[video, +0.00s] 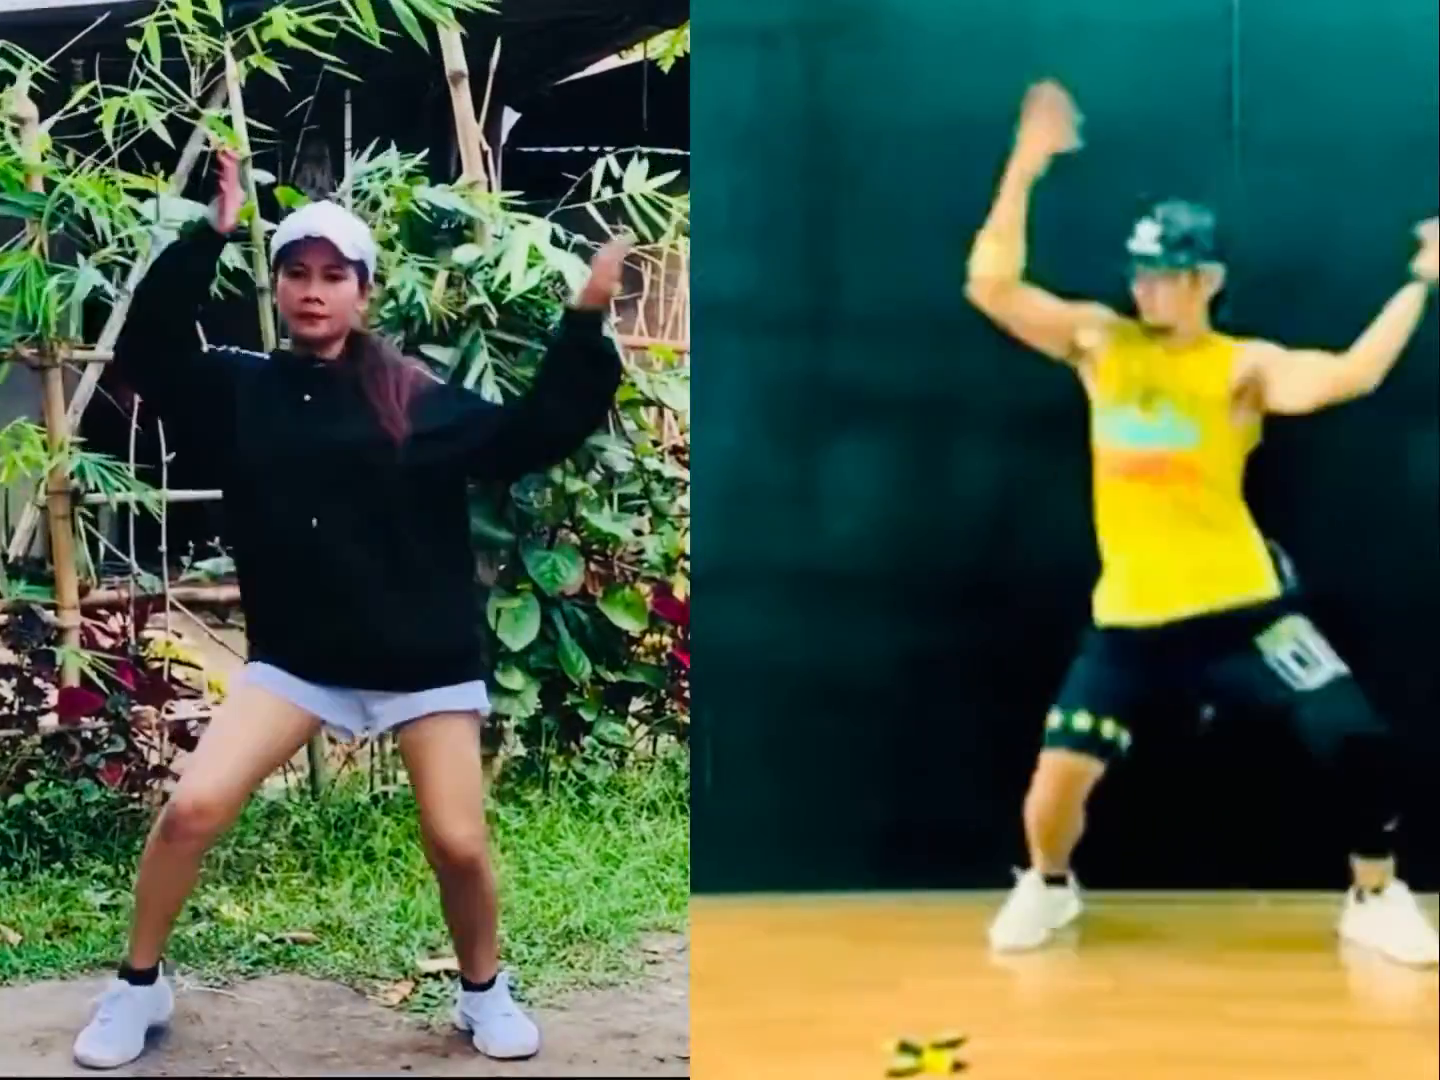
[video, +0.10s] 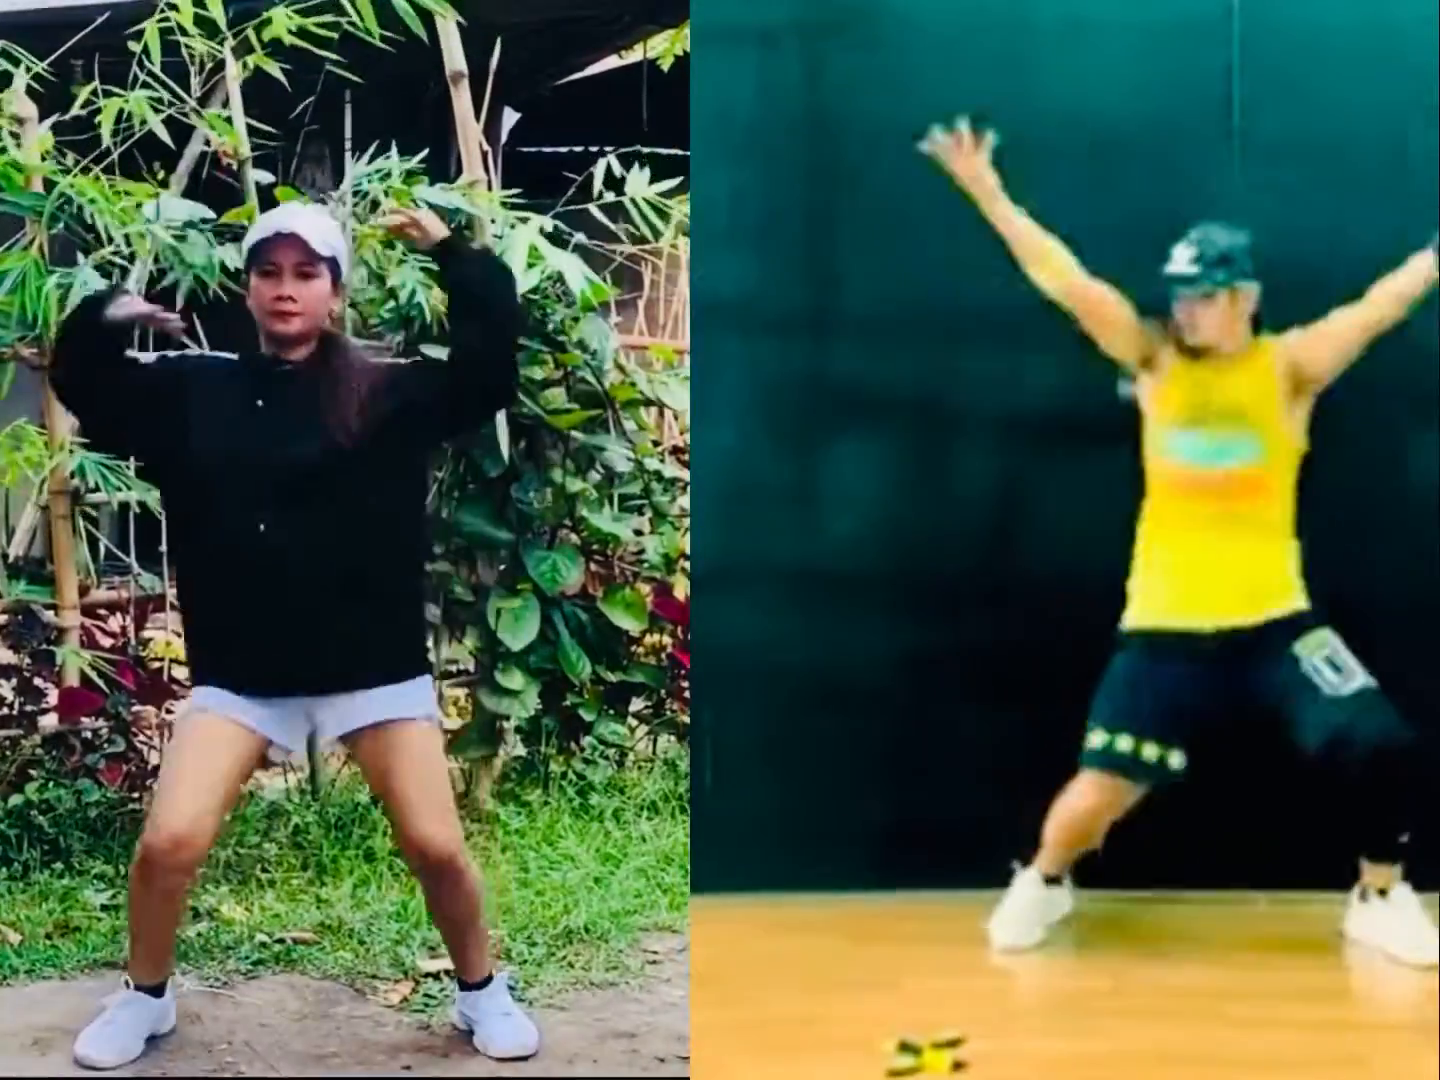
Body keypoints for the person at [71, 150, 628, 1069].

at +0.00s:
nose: (312, 291)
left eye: (332, 277)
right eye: (297, 275)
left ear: (365, 292)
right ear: (273, 288)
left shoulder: (415, 394)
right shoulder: (237, 388)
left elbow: (541, 430)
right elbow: (149, 347)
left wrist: (589, 316)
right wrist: (212, 231)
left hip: (427, 659)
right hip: (294, 656)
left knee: (461, 846)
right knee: (192, 809)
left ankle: (484, 993)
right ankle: (139, 986)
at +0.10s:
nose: (284, 289)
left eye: (305, 273)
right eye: (268, 272)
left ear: (337, 292)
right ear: (246, 288)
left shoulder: (389, 394)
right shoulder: (189, 395)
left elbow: (488, 373)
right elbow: (79, 379)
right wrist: (109, 314)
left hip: (378, 670)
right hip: (237, 674)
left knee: (437, 847)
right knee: (166, 844)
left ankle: (483, 990)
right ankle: (144, 996)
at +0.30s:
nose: (206, 245)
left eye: (228, 230)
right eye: (190, 228)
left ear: (260, 247)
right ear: (166, 242)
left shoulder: (297, 347)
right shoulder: (104, 345)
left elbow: (419, 332)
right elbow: (6, 311)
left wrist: (368, 275)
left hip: (288, 607)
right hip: (152, 629)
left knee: (386, 759)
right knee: (117, 842)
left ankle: (368, 889)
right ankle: (125, 1009)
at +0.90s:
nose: (254, 291)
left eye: (273, 274)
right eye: (235, 274)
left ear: (304, 289)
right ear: (206, 290)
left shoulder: (358, 393)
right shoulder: (155, 384)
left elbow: (475, 381)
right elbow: (68, 318)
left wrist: (433, 333)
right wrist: (96, 200)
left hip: (351, 662)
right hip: (210, 675)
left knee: (444, 847)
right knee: (143, 870)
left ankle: (482, 1010)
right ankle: (120, 1010)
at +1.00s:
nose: (292, 299)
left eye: (310, 280)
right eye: (272, 283)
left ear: (341, 294)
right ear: (247, 303)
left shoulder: (412, 400)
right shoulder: (199, 405)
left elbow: (526, 370)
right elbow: (88, 423)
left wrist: (530, 262)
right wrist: (142, 304)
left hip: (398, 682)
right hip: (253, 692)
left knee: (478, 868)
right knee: (180, 879)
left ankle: (480, 1019)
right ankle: (120, 1015)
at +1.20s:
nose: (362, 255)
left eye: (378, 233)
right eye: (340, 243)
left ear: (414, 240)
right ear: (322, 263)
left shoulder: (484, 330)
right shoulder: (307, 367)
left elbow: (582, 248)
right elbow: (158, 367)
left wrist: (523, 134)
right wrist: (32, 289)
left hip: (426, 624)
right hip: (299, 610)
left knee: (482, 843)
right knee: (213, 790)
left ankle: (466, 1018)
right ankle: (143, 932)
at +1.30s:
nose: (371, 260)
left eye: (389, 240)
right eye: (352, 245)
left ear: (428, 250)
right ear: (333, 261)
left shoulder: (491, 348)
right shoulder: (306, 361)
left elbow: (601, 291)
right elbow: (190, 338)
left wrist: (506, 253)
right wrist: (149, 210)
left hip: (460, 621)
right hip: (331, 613)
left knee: (484, 854)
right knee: (227, 717)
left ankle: (467, 1018)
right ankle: (221, 861)